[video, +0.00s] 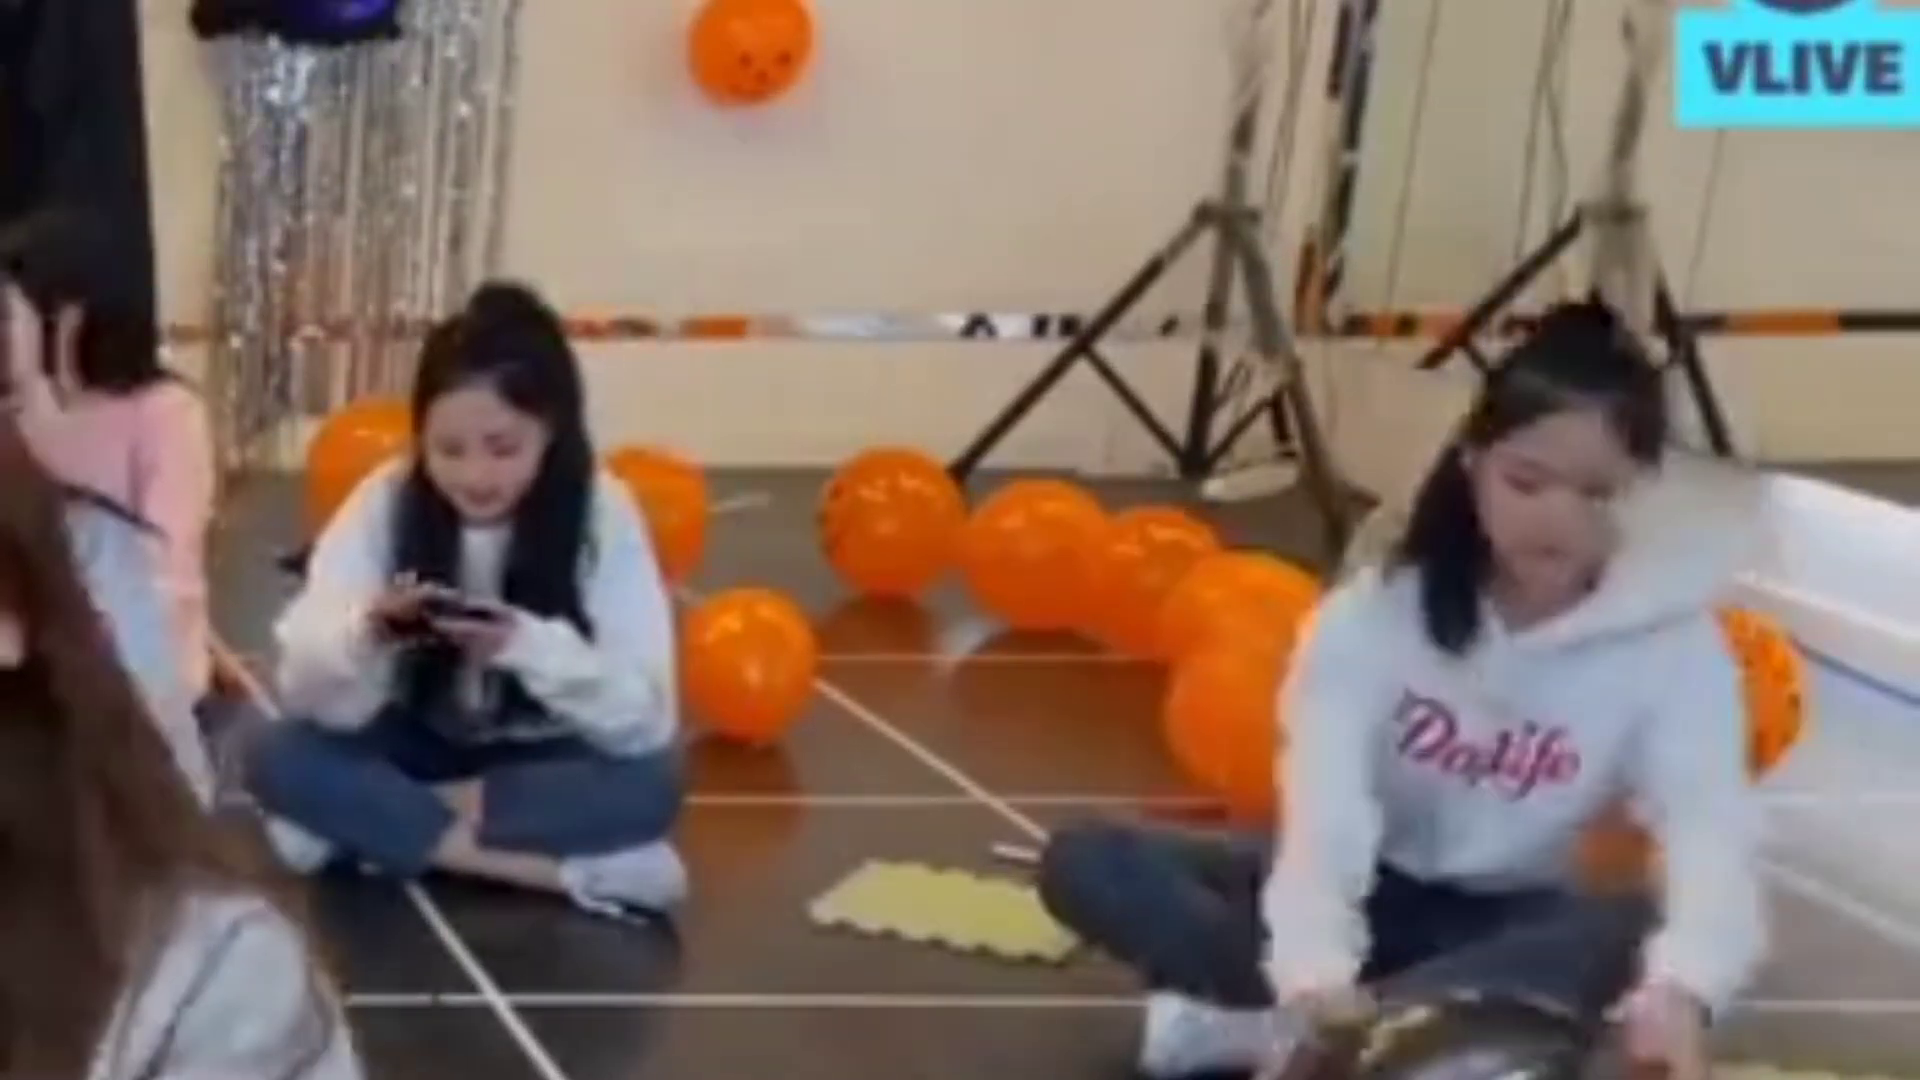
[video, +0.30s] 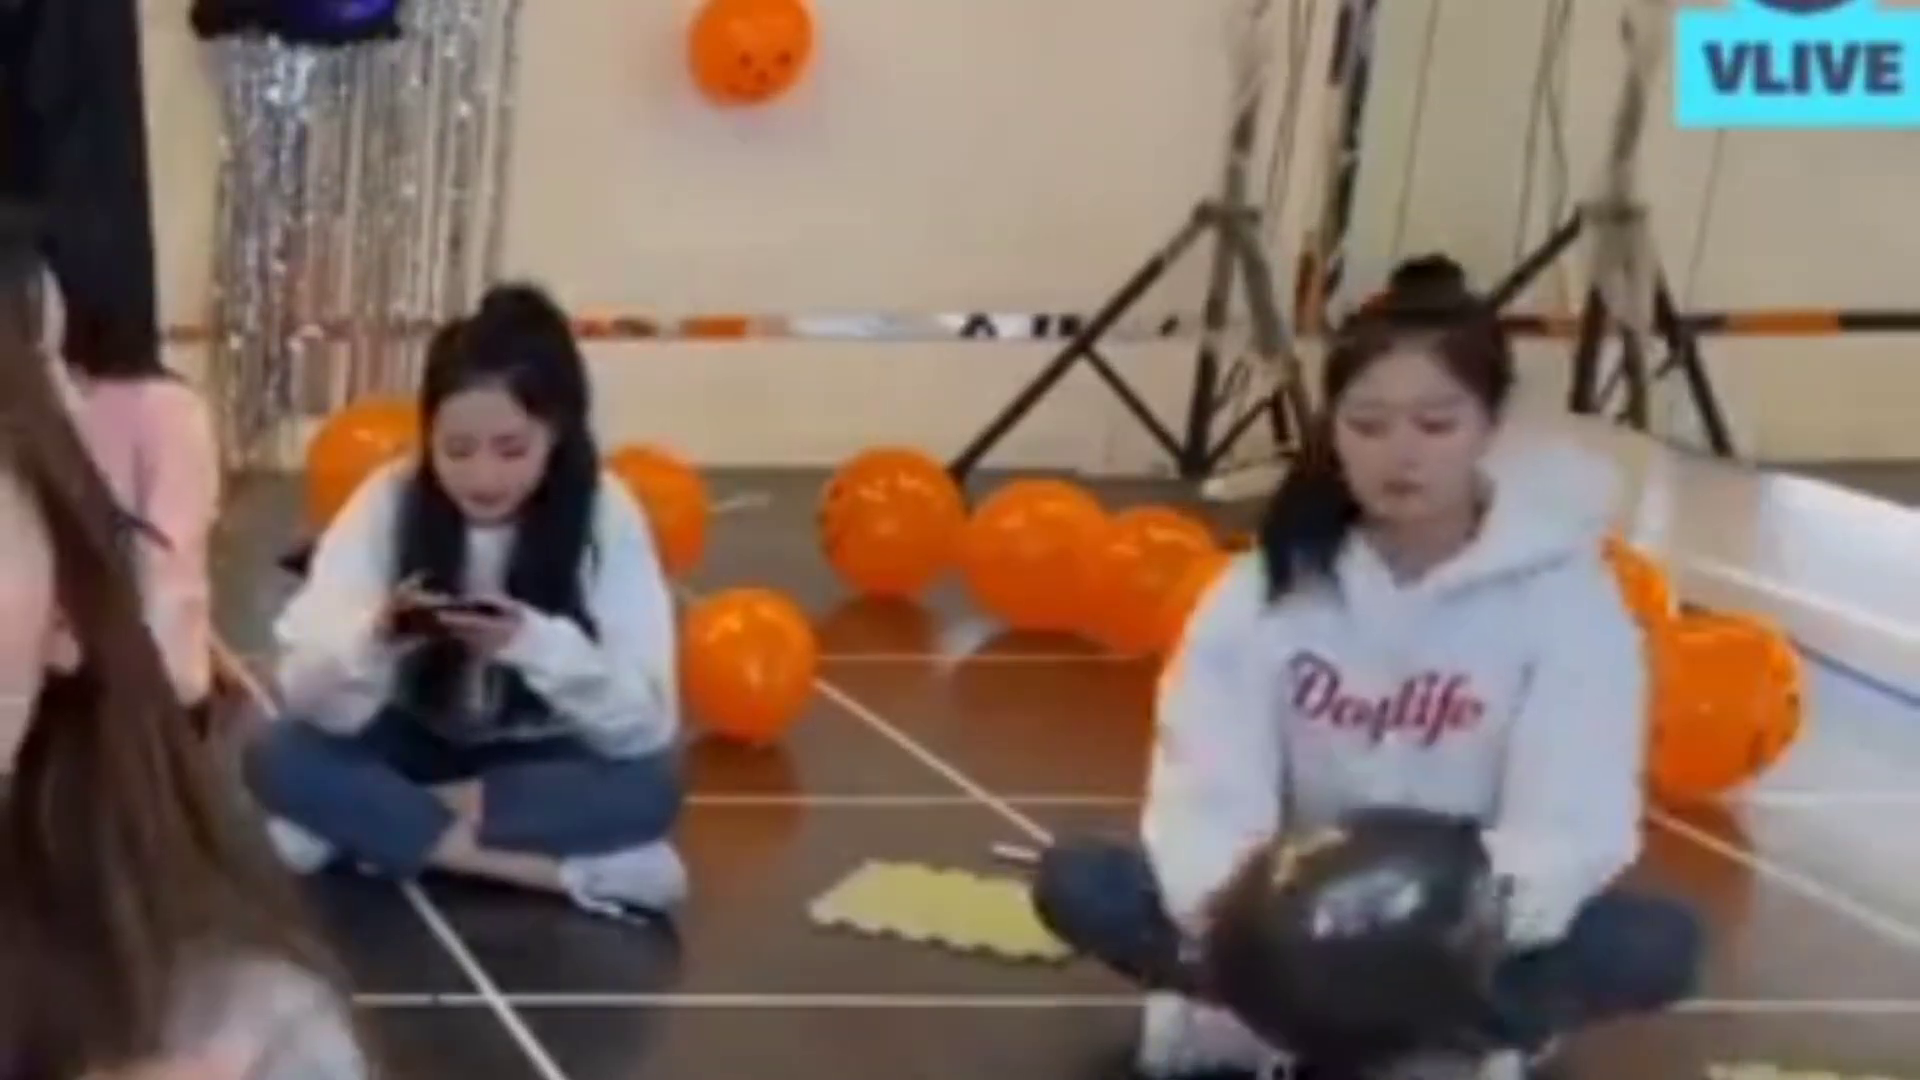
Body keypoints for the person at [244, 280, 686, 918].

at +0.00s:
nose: (476, 478)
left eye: (503, 450)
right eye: (450, 451)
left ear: (553, 437)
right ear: (419, 439)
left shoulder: (601, 515)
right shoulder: (384, 503)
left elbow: (644, 718)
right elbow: (307, 696)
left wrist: (523, 646)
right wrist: (373, 635)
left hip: (545, 745)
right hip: (411, 737)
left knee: (650, 787)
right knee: (277, 756)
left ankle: (365, 837)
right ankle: (552, 877)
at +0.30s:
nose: (482, 479)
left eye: (511, 452)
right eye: (457, 452)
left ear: (558, 438)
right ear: (426, 437)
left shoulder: (604, 515)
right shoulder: (389, 502)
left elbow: (645, 724)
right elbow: (309, 701)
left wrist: (530, 644)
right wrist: (379, 640)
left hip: (544, 744)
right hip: (410, 736)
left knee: (648, 792)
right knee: (276, 757)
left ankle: (368, 838)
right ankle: (549, 877)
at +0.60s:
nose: (481, 479)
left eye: (511, 452)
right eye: (456, 452)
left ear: (558, 438)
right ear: (424, 437)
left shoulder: (604, 516)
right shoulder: (387, 502)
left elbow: (645, 722)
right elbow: (310, 700)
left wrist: (530, 644)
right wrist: (380, 638)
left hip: (546, 742)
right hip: (410, 734)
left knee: (648, 790)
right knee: (276, 756)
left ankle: (364, 838)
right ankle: (548, 876)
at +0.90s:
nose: (480, 479)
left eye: (509, 452)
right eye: (455, 452)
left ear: (557, 439)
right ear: (425, 438)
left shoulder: (604, 516)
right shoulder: (388, 502)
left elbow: (645, 724)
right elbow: (311, 701)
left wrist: (531, 644)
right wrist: (381, 636)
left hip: (546, 742)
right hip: (411, 734)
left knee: (648, 789)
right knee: (276, 756)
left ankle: (365, 838)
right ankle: (549, 877)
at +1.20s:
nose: (479, 480)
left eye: (509, 453)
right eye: (454, 452)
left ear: (556, 440)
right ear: (424, 438)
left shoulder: (605, 517)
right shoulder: (388, 502)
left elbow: (644, 724)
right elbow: (303, 691)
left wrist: (530, 645)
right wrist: (384, 636)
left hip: (545, 743)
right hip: (411, 738)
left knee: (645, 790)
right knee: (312, 791)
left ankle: (390, 818)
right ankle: (556, 877)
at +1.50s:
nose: (477, 481)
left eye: (506, 454)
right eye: (452, 453)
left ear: (557, 440)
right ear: (423, 437)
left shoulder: (603, 515)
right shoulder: (388, 501)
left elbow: (645, 723)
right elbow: (309, 700)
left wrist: (533, 645)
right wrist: (383, 636)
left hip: (544, 745)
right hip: (408, 736)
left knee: (648, 791)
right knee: (275, 757)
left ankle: (367, 837)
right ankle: (548, 876)